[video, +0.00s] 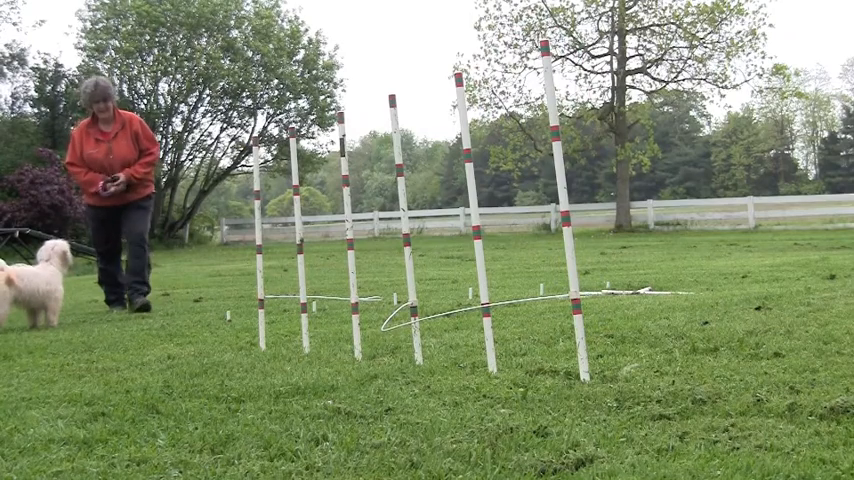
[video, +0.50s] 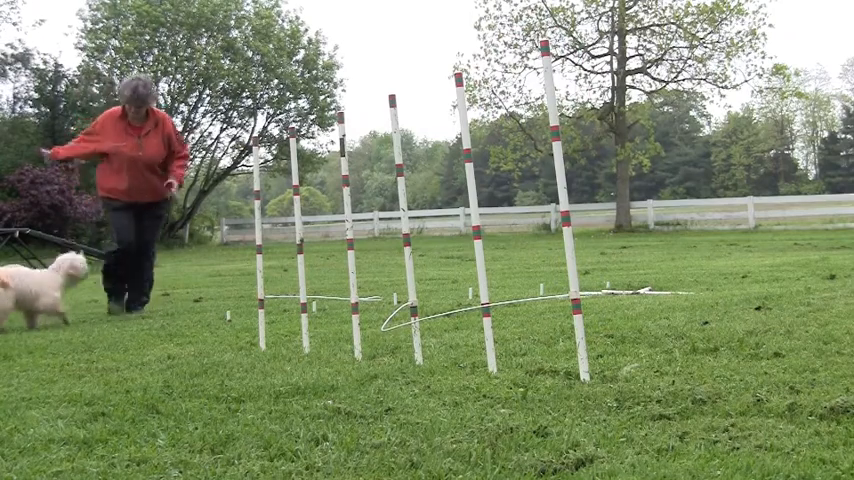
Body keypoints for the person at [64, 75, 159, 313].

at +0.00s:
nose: (102, 106)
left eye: (106, 100)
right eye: (96, 102)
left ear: (113, 99)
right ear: (89, 105)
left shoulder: (133, 122)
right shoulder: (80, 132)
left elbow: (152, 153)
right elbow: (74, 167)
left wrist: (129, 176)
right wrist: (99, 184)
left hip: (136, 197)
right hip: (101, 202)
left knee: (137, 240)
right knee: (106, 252)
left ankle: (138, 295)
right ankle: (115, 301)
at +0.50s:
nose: (134, 112)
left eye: (139, 107)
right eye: (130, 106)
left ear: (149, 104)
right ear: (124, 102)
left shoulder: (163, 122)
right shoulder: (110, 120)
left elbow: (180, 153)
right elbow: (86, 143)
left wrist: (175, 176)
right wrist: (56, 153)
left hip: (153, 199)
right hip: (118, 198)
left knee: (145, 251)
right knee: (126, 246)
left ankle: (137, 304)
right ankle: (115, 295)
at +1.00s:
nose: (178, 97)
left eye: (183, 92)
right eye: (173, 92)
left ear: (189, 90)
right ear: (164, 89)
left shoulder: (199, 112)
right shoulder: (148, 116)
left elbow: (212, 146)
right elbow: (134, 157)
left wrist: (220, 168)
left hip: (187, 197)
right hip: (150, 197)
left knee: (192, 241)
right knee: (150, 255)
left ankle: (167, 282)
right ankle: (153, 307)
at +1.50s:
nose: (259, 76)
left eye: (264, 71)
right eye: (253, 71)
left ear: (271, 72)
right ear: (243, 72)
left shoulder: (277, 105)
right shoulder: (228, 100)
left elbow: (283, 145)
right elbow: (211, 143)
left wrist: (293, 164)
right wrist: (208, 185)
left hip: (263, 193)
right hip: (231, 193)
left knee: (258, 255)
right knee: (243, 248)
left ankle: (246, 313)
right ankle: (216, 294)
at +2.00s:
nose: (348, 59)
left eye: (353, 53)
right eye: (341, 54)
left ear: (361, 54)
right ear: (331, 55)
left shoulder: (368, 87)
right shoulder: (316, 89)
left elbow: (378, 132)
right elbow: (301, 138)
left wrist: (389, 158)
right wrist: (308, 182)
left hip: (360, 186)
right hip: (323, 188)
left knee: (374, 243)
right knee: (325, 254)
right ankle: (336, 313)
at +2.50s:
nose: (437, 36)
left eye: (443, 30)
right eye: (431, 31)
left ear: (451, 32)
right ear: (420, 33)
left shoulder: (464, 68)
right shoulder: (405, 73)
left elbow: (480, 112)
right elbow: (393, 126)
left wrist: (492, 138)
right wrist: (402, 171)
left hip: (455, 171)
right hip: (420, 172)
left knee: (451, 240)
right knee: (446, 230)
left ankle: (441, 313)